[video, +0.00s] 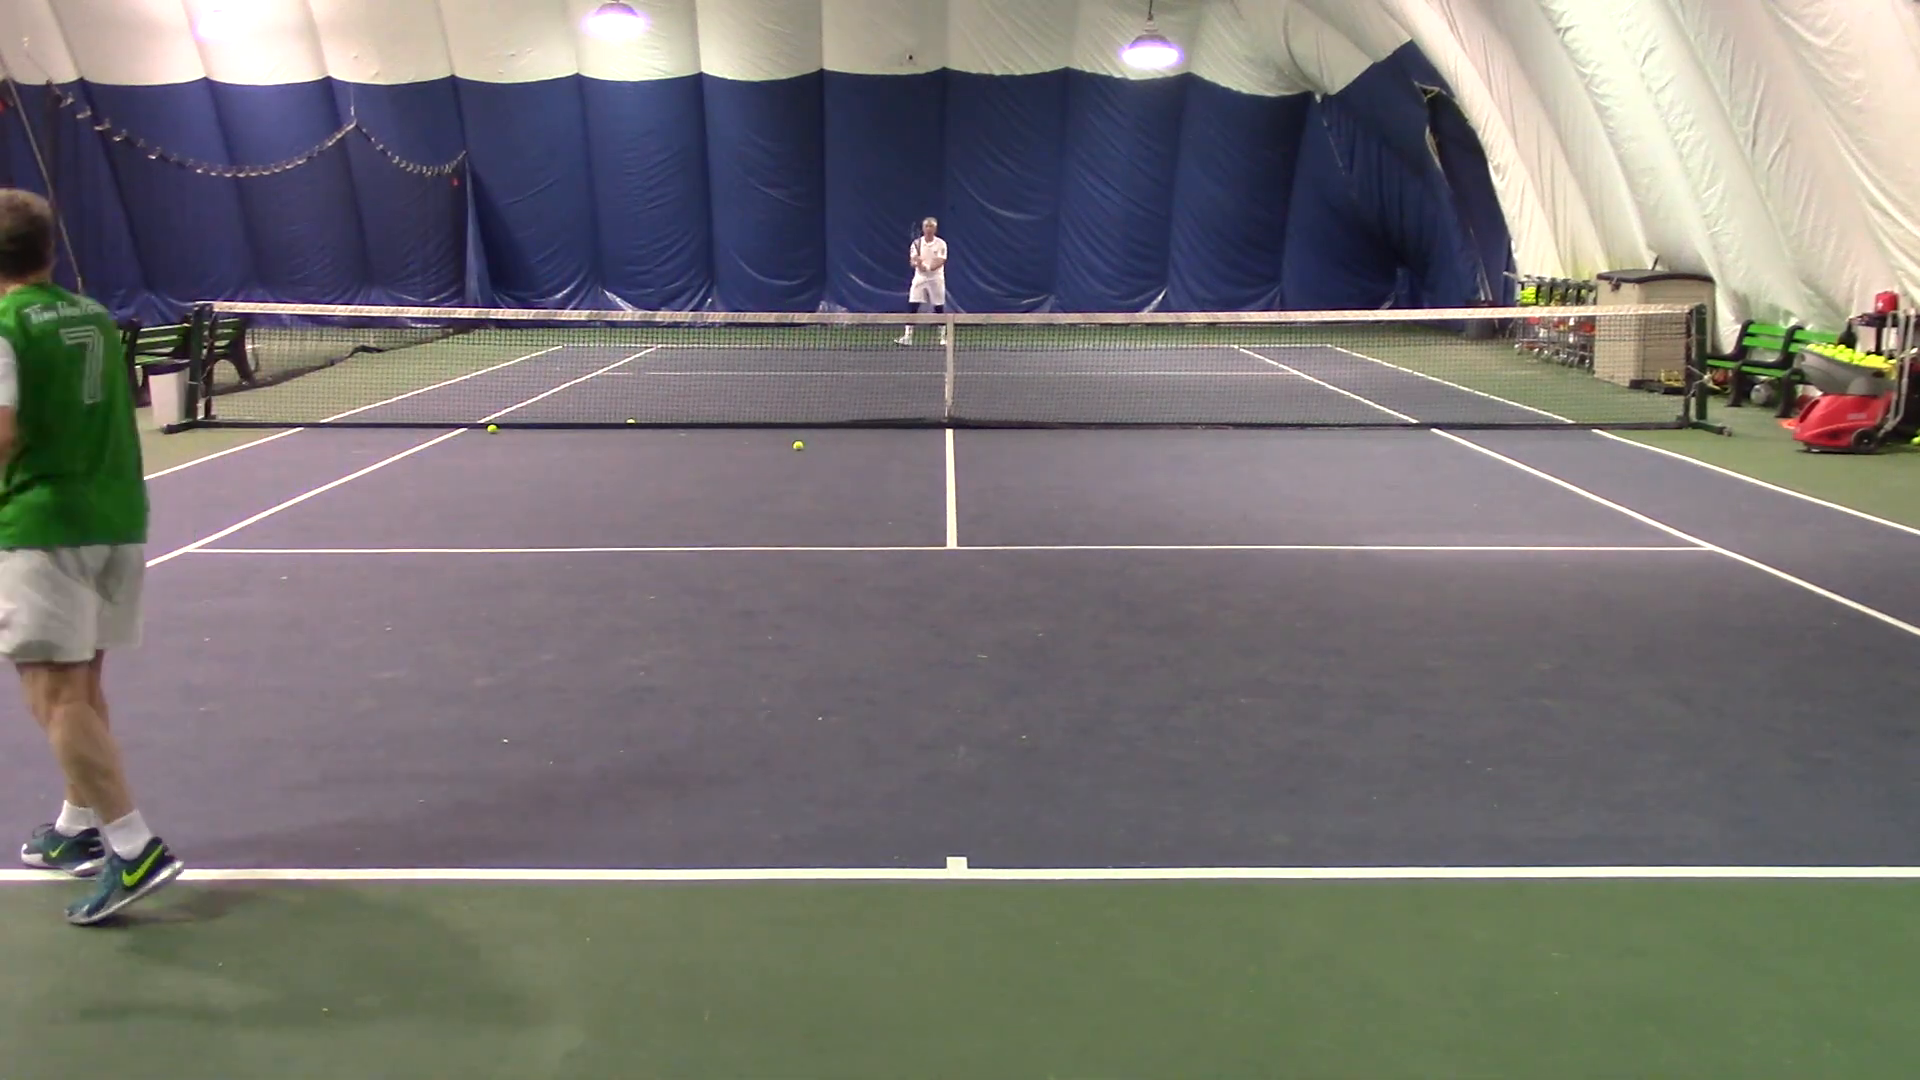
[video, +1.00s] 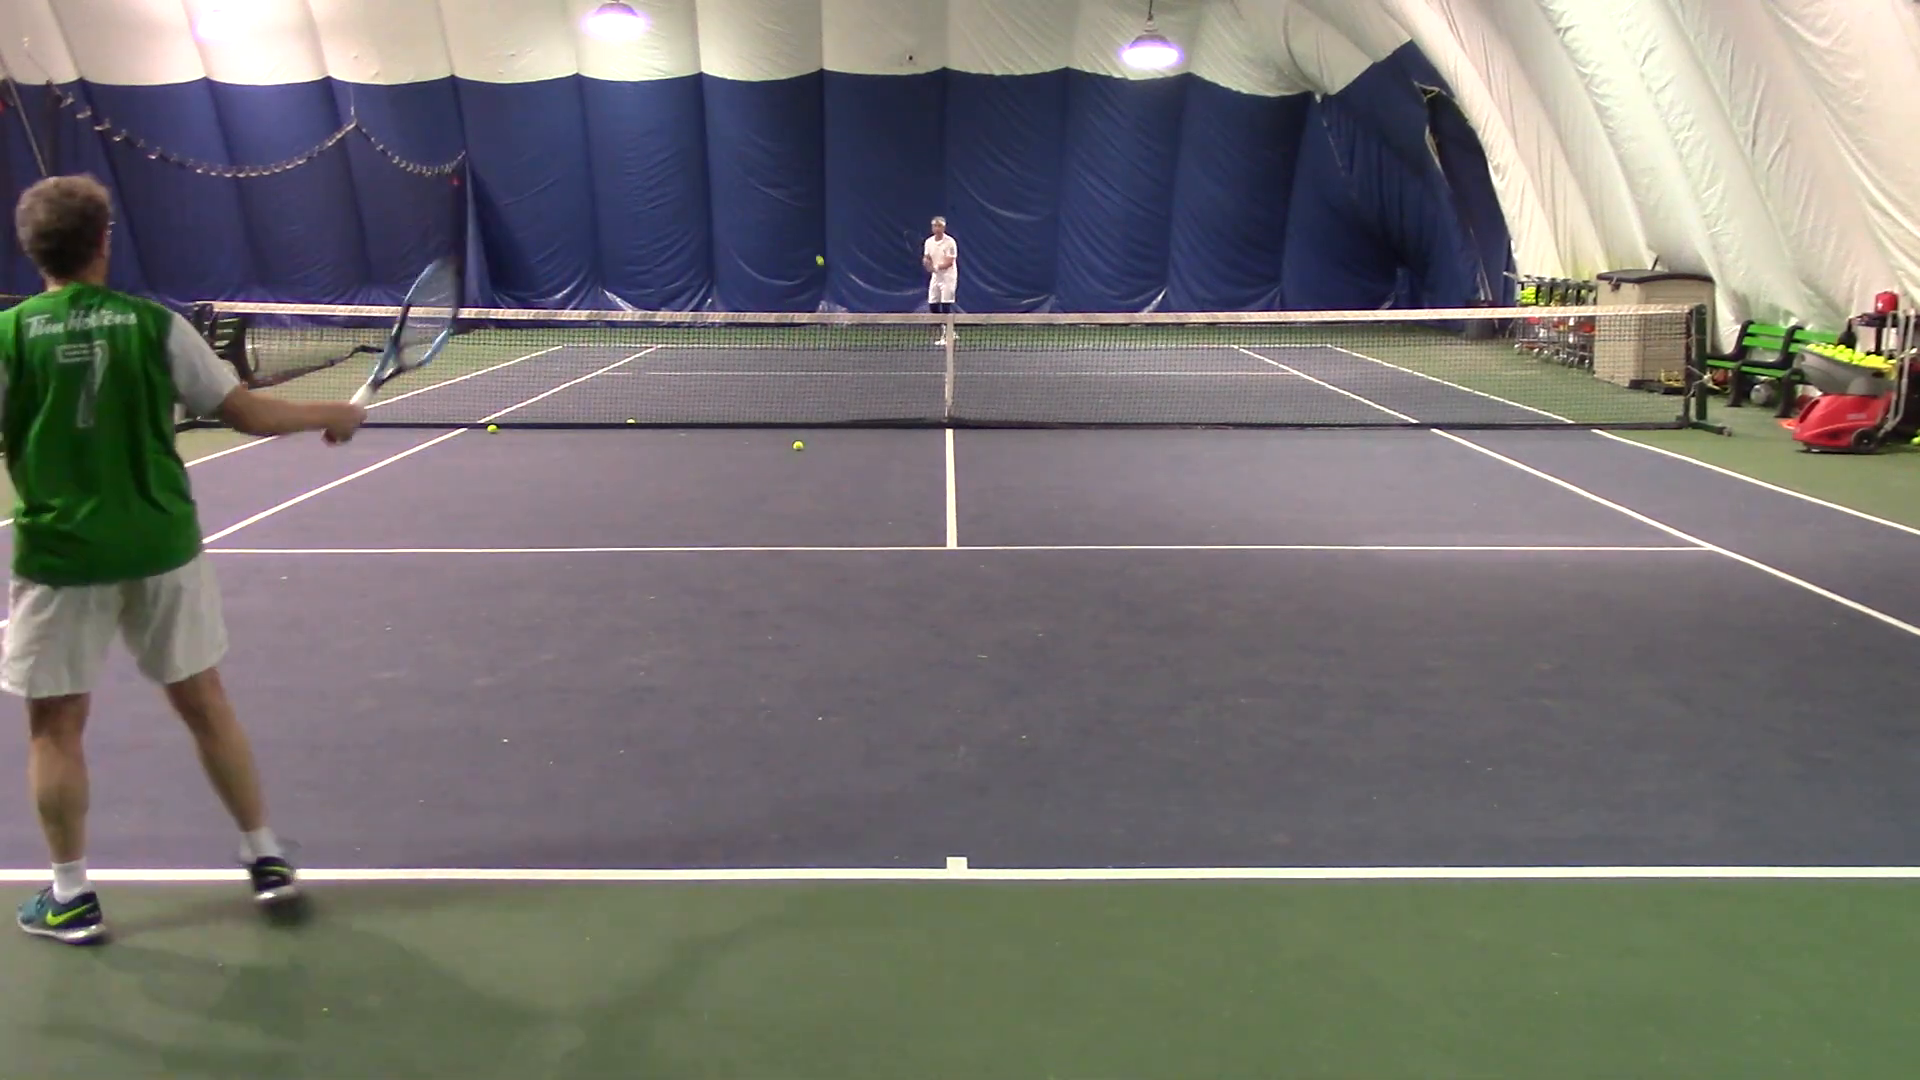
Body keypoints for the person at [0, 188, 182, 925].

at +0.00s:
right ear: (49, 251)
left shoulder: (11, 324)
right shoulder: (97, 316)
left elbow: (8, 432)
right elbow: (115, 417)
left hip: (44, 527)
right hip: (116, 520)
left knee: (55, 698)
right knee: (81, 684)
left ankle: (133, 845)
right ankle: (77, 825)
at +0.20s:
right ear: (55, 236)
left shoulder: (1, 308)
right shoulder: (102, 300)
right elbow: (207, 305)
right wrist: (292, 294)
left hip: (19, 525)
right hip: (96, 517)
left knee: (48, 689)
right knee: (82, 681)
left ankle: (113, 834)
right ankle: (76, 827)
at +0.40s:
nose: (54, 239)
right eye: (54, 229)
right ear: (53, 240)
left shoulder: (8, 306)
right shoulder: (98, 302)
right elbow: (217, 293)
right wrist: (327, 272)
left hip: (18, 533)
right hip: (96, 528)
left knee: (36, 696)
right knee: (81, 685)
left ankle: (76, 853)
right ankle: (74, 840)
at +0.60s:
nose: (62, 246)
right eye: (59, 236)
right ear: (54, 247)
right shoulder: (100, 317)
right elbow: (226, 320)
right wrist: (336, 302)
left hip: (12, 553)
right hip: (101, 545)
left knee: (36, 714)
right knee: (95, 695)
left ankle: (65, 889)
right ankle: (93, 829)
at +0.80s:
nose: (76, 239)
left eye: (67, 228)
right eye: (72, 228)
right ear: (64, 237)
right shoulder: (112, 315)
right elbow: (237, 354)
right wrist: (353, 341)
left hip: (20, 547)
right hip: (120, 536)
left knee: (48, 718)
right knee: (135, 692)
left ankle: (69, 893)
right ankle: (155, 831)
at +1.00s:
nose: (105, 241)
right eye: (105, 230)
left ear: (30, 251)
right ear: (105, 241)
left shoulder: (9, 332)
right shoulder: (152, 322)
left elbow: (6, 439)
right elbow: (245, 410)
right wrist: (326, 414)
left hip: (57, 556)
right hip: (161, 544)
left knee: (54, 728)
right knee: (204, 700)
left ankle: (70, 893)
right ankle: (266, 857)